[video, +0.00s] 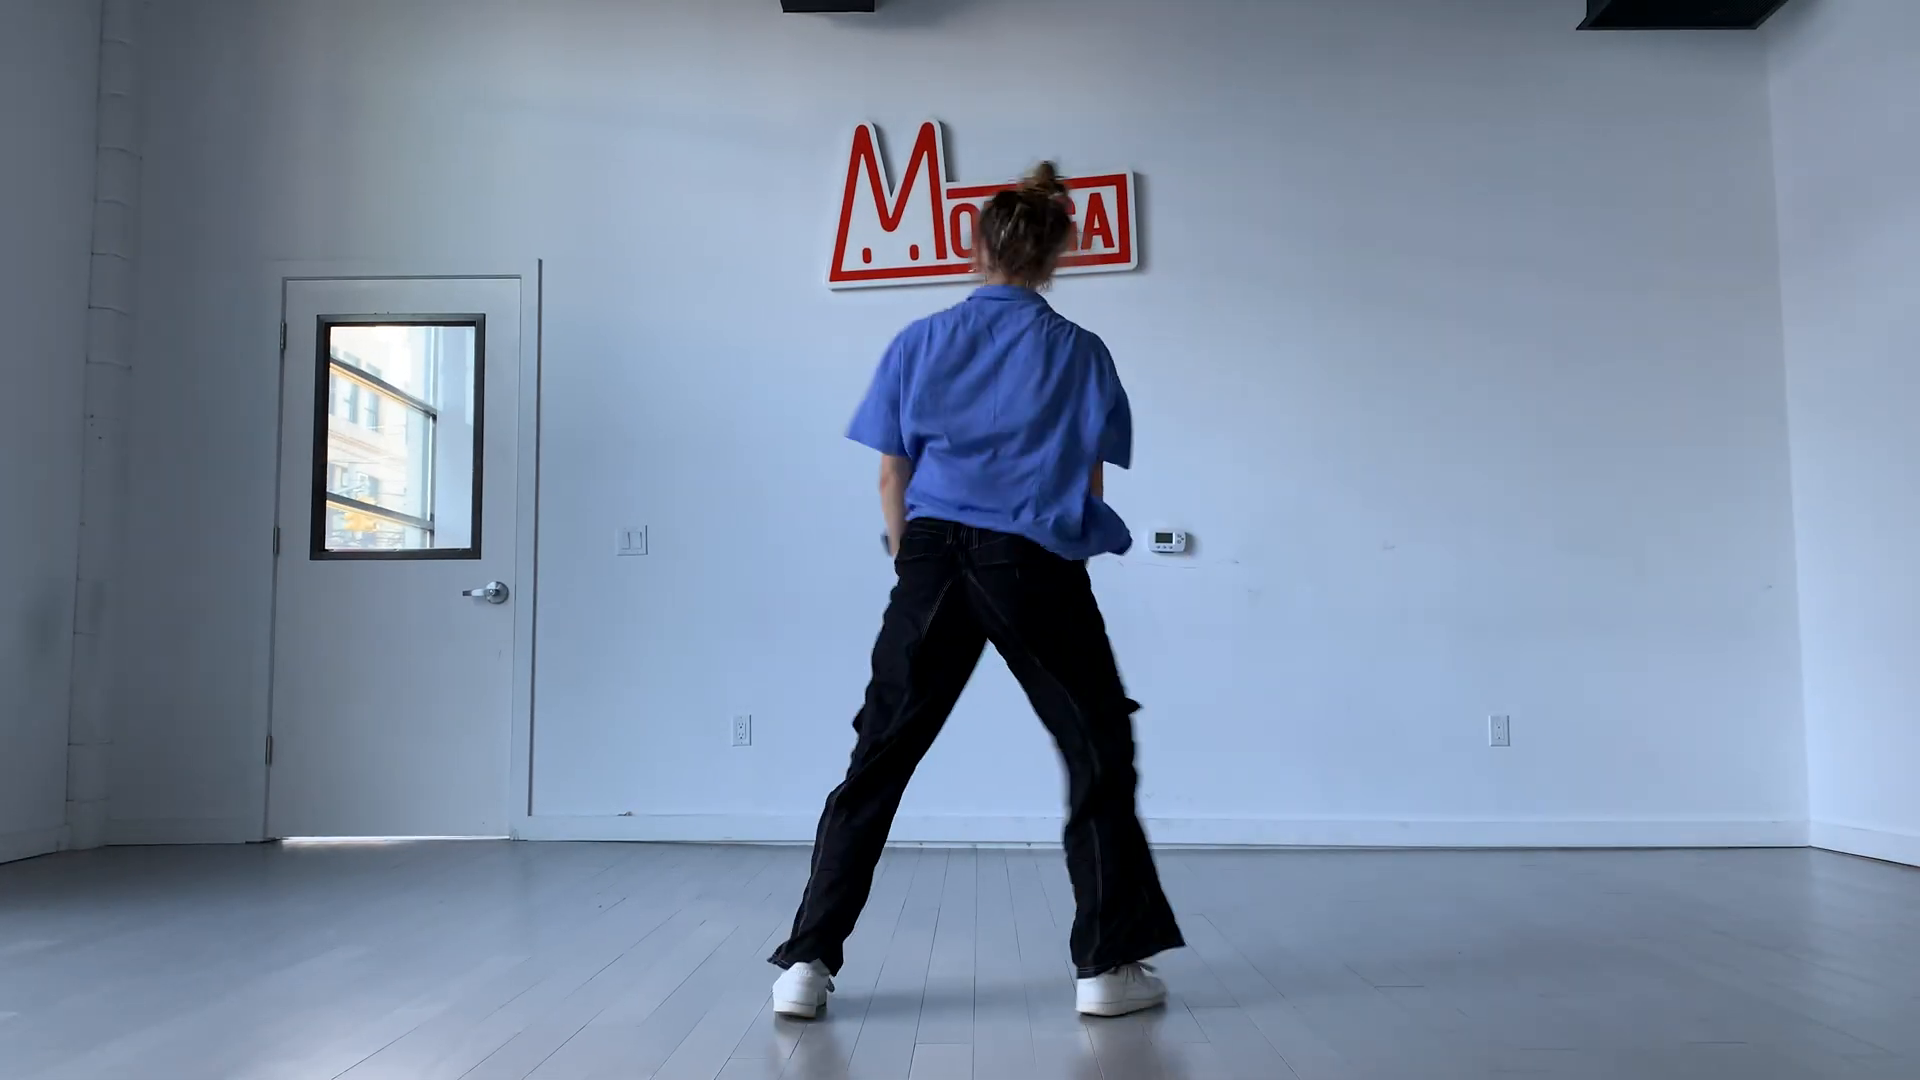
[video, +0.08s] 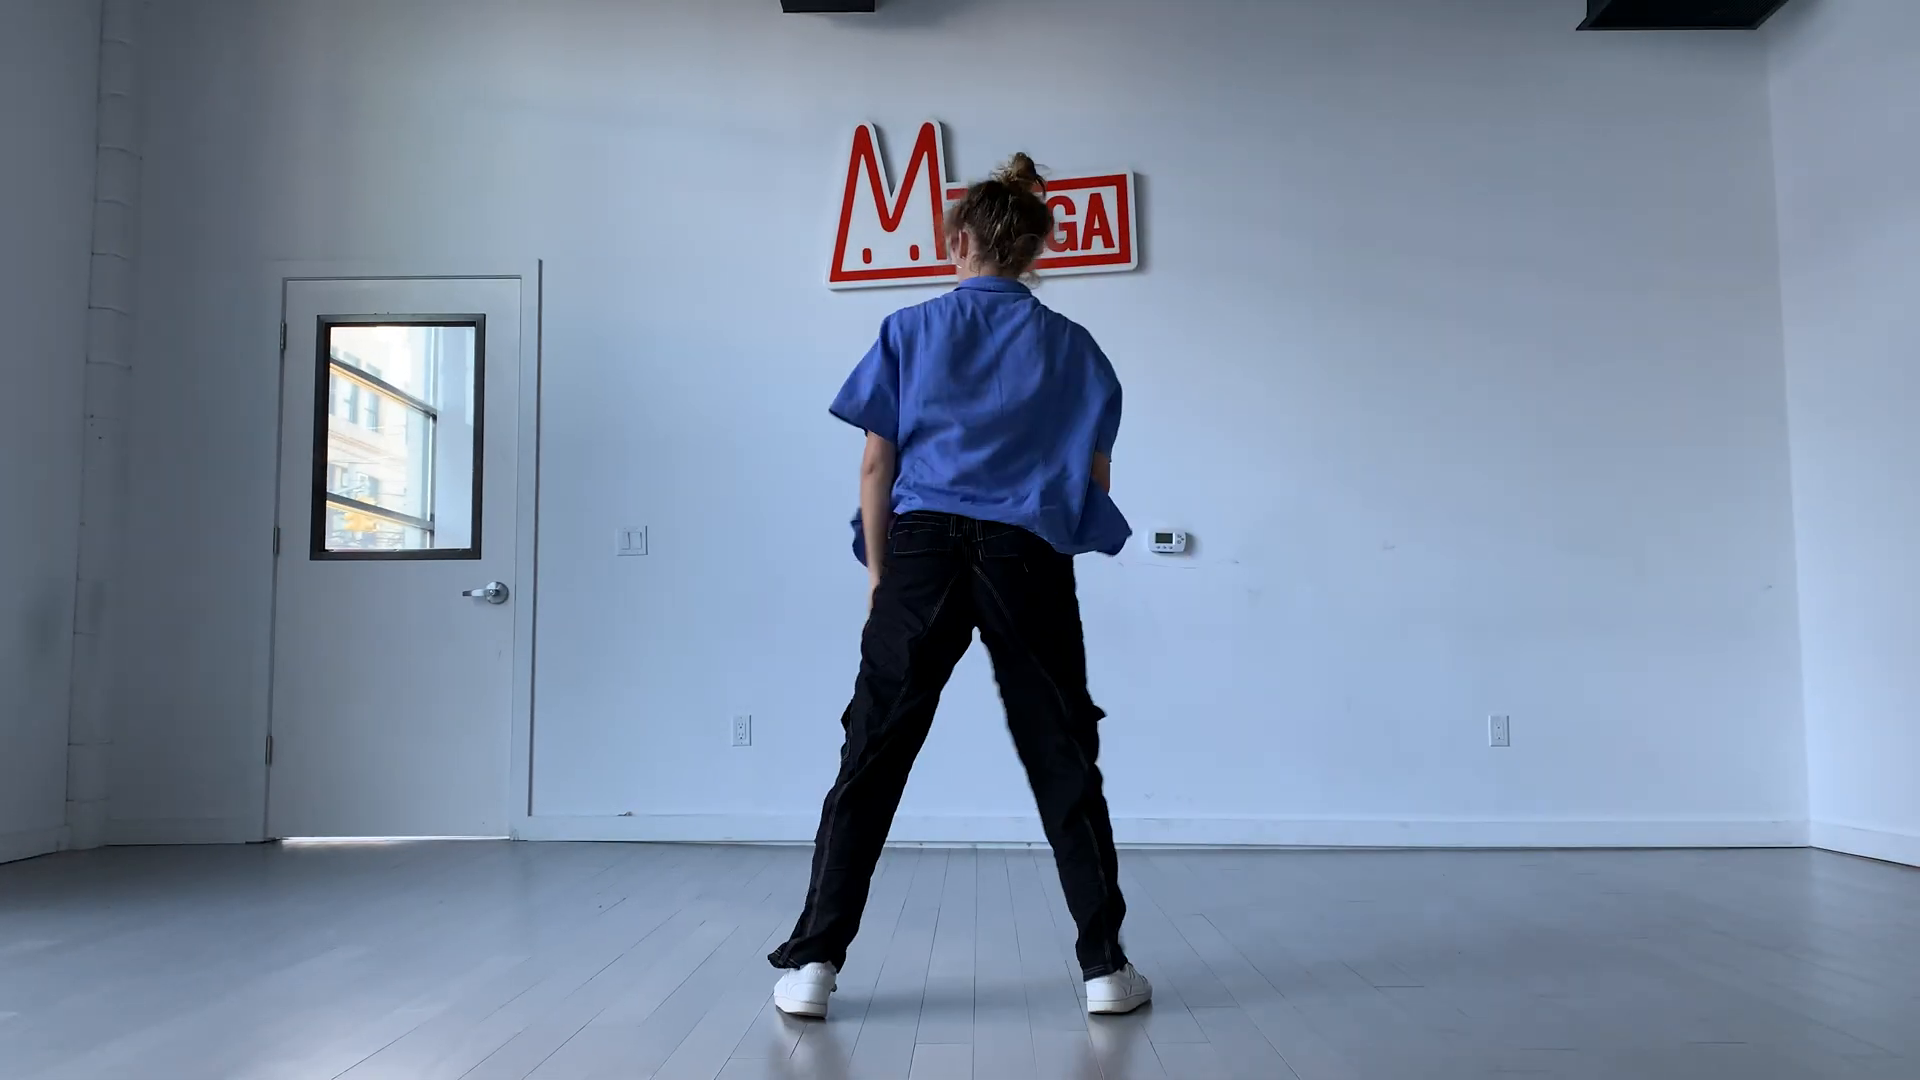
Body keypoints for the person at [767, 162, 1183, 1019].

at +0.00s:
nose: (1063, 257)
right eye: (1065, 248)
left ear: (978, 250)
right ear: (1056, 258)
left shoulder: (922, 340)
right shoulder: (1080, 354)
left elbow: (893, 475)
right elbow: (1089, 482)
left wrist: (911, 562)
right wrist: (1063, 542)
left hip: (933, 568)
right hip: (1036, 573)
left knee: (877, 755)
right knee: (1099, 749)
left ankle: (808, 959)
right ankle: (1108, 965)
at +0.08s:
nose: (947, 254)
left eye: (950, 242)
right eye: (952, 243)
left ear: (962, 246)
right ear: (1037, 253)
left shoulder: (914, 328)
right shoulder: (1079, 351)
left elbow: (876, 463)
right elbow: (1091, 479)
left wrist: (878, 574)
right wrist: (1051, 543)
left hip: (921, 558)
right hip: (1031, 568)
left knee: (872, 755)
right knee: (1065, 757)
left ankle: (813, 960)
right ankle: (1104, 962)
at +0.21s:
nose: (935, 247)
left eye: (938, 235)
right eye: (940, 235)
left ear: (952, 242)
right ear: (1023, 253)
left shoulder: (900, 325)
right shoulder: (1062, 353)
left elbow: (866, 458)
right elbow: (1078, 483)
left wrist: (855, 568)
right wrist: (1031, 544)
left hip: (910, 563)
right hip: (1020, 572)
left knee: (865, 757)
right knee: (1054, 762)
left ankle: (812, 964)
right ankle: (1098, 966)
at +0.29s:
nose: (923, 249)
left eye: (928, 238)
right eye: (930, 237)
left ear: (939, 250)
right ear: (1009, 257)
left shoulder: (887, 332)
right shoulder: (1042, 349)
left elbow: (857, 465)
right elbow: (1055, 485)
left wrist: (846, 577)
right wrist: (1031, 561)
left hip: (906, 564)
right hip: (1012, 572)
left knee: (862, 760)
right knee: (1051, 761)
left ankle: (815, 965)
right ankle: (1104, 968)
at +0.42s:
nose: (984, 260)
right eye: (981, 248)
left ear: (897, 255)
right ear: (971, 258)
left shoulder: (854, 343)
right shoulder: (1011, 339)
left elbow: (839, 473)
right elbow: (1034, 461)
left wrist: (848, 589)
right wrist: (1025, 557)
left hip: (903, 570)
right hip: (1009, 567)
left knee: (864, 761)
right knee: (1052, 755)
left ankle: (819, 961)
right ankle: (1104, 965)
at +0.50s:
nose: (824, 332)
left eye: (819, 323)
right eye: (823, 324)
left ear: (829, 309)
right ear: (889, 280)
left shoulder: (827, 359)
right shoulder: (980, 325)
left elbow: (801, 487)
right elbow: (1027, 438)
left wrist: (840, 588)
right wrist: (1021, 540)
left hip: (898, 584)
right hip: (1006, 572)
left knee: (866, 769)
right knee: (1050, 763)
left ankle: (827, 960)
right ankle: (1104, 965)